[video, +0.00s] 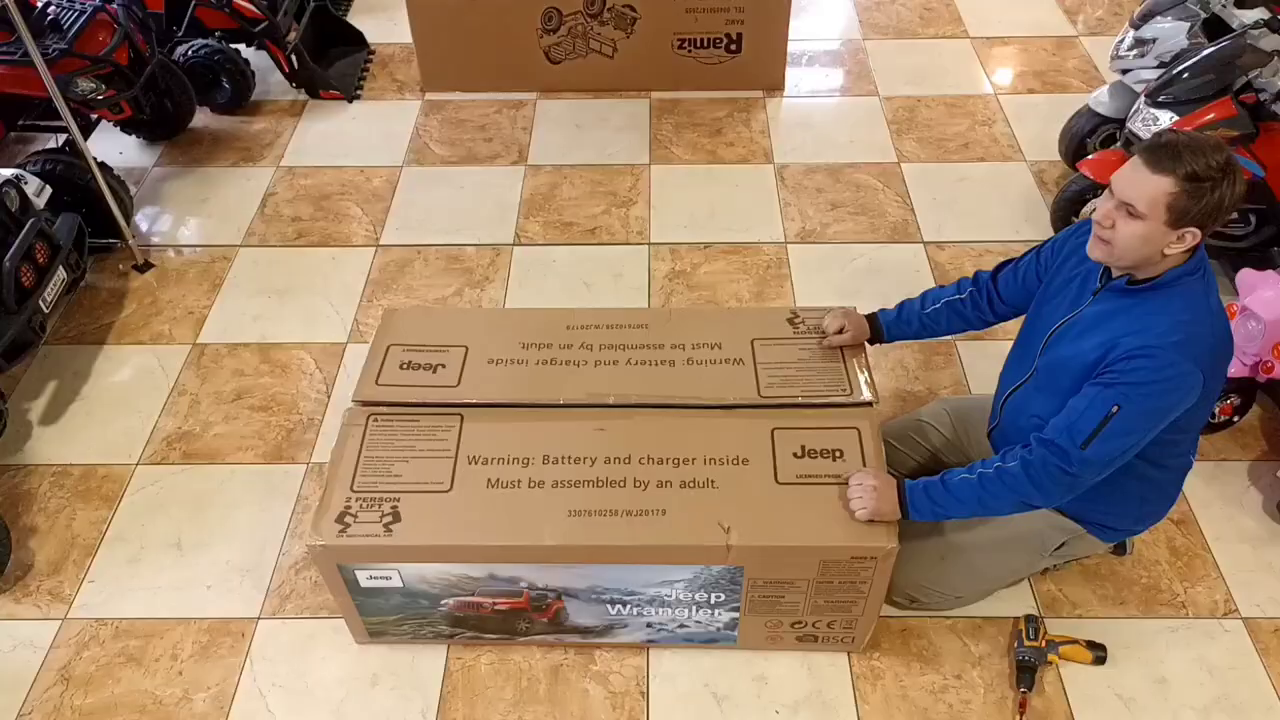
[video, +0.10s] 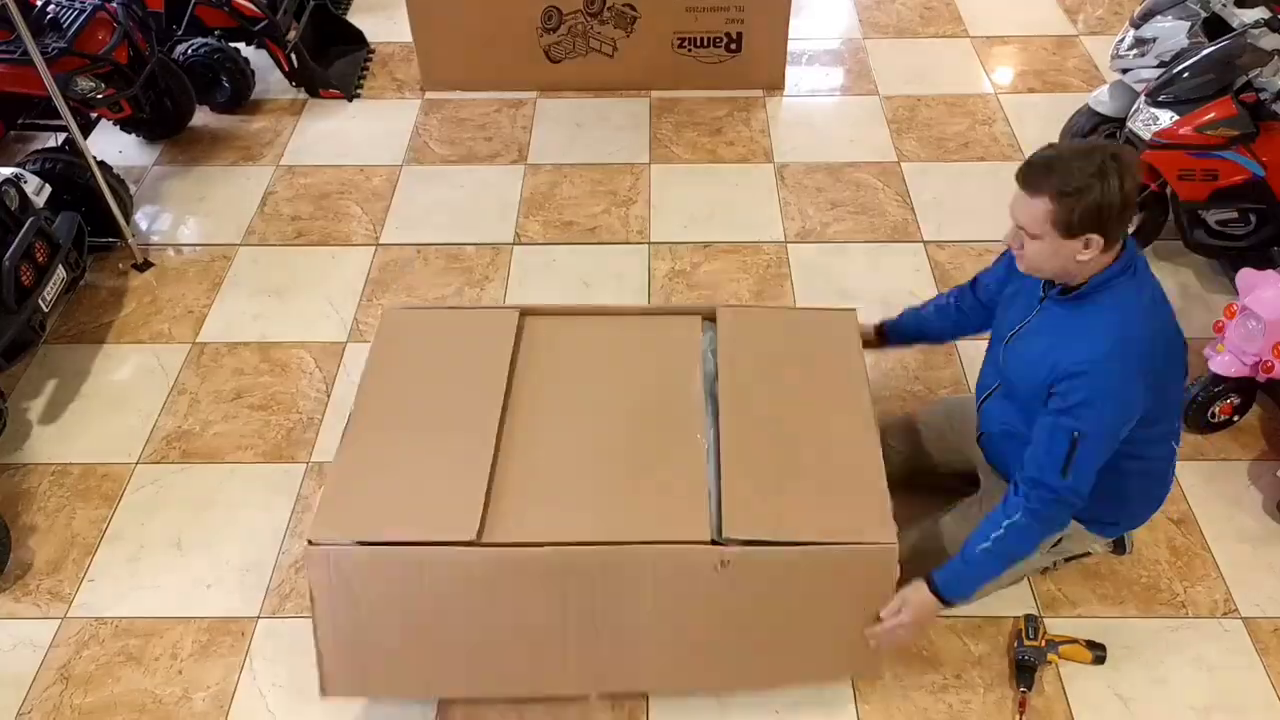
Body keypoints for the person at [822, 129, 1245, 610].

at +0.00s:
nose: (1100, 214)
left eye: (1128, 212)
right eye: (1109, 193)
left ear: (1182, 241)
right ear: (1109, 181)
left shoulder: (1172, 350)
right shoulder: (1091, 241)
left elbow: (1050, 469)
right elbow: (989, 296)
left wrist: (904, 498)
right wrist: (875, 326)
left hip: (1074, 501)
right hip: (1019, 421)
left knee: (902, 578)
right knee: (875, 455)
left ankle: (1072, 537)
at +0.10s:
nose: (1011, 240)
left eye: (1027, 236)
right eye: (1016, 225)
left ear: (1087, 250)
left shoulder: (1112, 359)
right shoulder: (1045, 255)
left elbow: (1045, 501)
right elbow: (973, 304)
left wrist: (938, 590)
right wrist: (881, 334)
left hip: (1063, 499)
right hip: (1015, 417)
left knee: (903, 563)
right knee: (875, 447)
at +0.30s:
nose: (875, 154)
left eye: (886, 143)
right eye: (876, 140)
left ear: (944, 148)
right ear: (939, 142)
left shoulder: (1045, 238)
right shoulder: (911, 183)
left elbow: (1022, 408)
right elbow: (850, 281)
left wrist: (931, 497)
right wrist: (743, 318)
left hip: (1045, 404)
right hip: (958, 368)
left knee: (1005, 542)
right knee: (915, 437)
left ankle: (1144, 457)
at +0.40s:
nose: (1029, 226)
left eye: (1055, 207)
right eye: (1014, 199)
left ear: (1091, 187)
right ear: (991, 167)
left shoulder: (1117, 281)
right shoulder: (979, 190)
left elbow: (1108, 439)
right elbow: (923, 266)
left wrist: (1028, 411)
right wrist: (879, 255)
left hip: (1068, 449)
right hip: (982, 379)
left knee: (938, 528)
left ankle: (1111, 501)